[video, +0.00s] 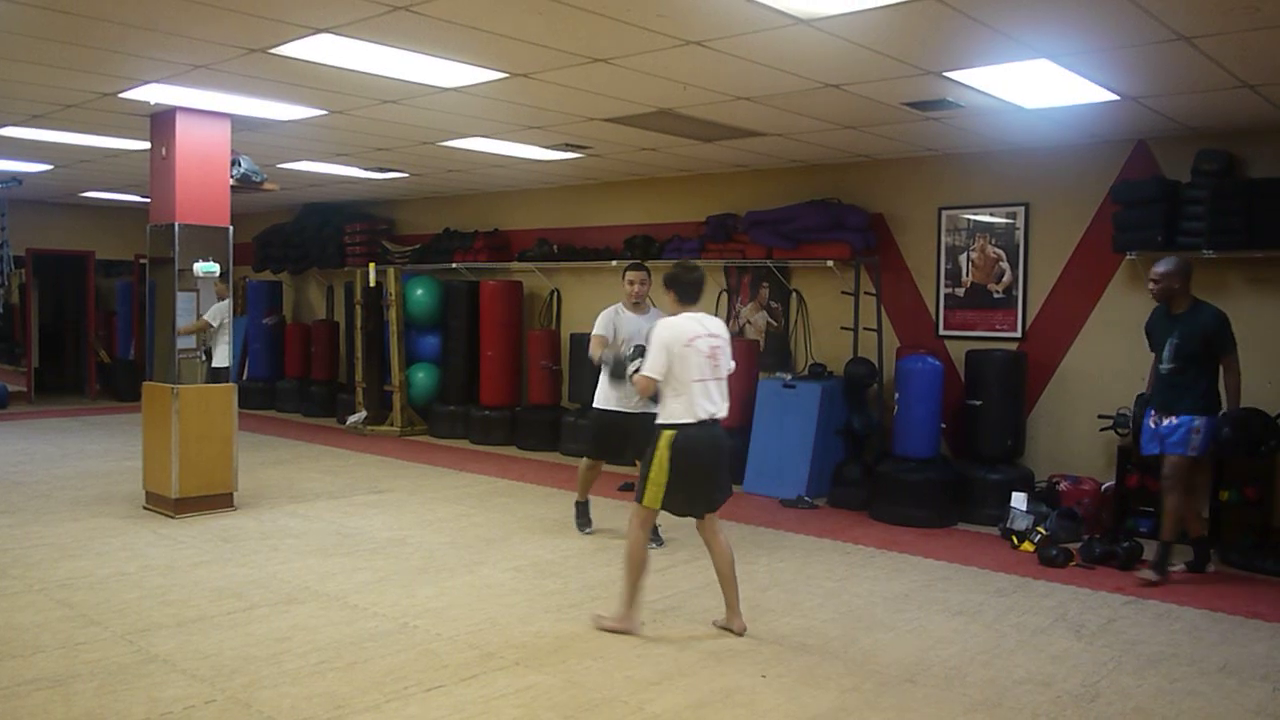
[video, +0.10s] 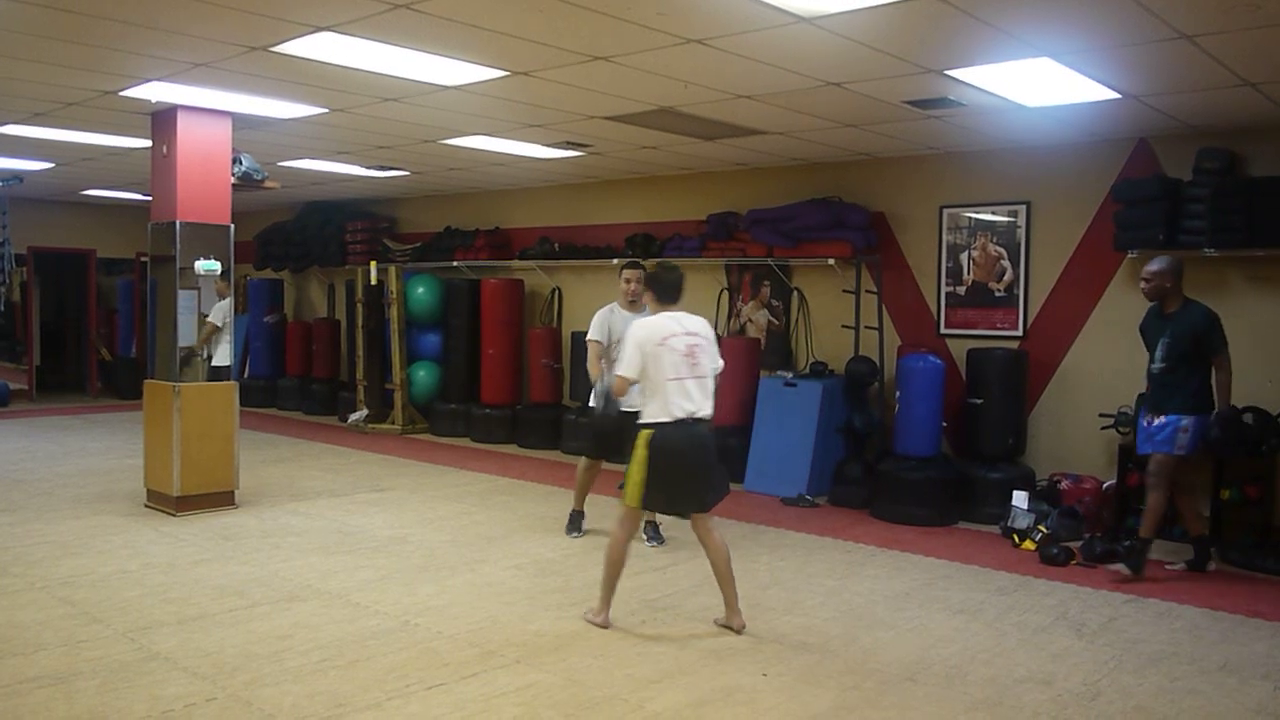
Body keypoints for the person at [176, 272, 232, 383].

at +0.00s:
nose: (215, 289)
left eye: (217, 285)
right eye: (215, 285)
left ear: (226, 286)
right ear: (226, 287)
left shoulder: (220, 307)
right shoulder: (240, 305)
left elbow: (203, 325)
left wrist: (180, 331)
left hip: (221, 364)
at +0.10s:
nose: (215, 287)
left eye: (217, 283)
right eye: (215, 283)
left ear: (226, 284)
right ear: (227, 285)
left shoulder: (221, 306)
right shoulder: (239, 303)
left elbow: (209, 331)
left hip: (221, 362)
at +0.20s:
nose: (214, 288)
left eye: (217, 283)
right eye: (215, 284)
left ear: (226, 284)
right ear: (227, 285)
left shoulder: (222, 308)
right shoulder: (242, 304)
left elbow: (213, 340)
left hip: (221, 365)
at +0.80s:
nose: (215, 287)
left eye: (217, 282)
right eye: (215, 283)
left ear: (226, 284)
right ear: (225, 284)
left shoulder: (225, 309)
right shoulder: (240, 305)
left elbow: (221, 339)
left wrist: (214, 362)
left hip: (225, 369)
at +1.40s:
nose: (220, 287)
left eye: (223, 282)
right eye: (221, 282)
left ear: (232, 285)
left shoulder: (229, 310)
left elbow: (224, 338)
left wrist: (212, 360)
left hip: (224, 368)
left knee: (205, 375)